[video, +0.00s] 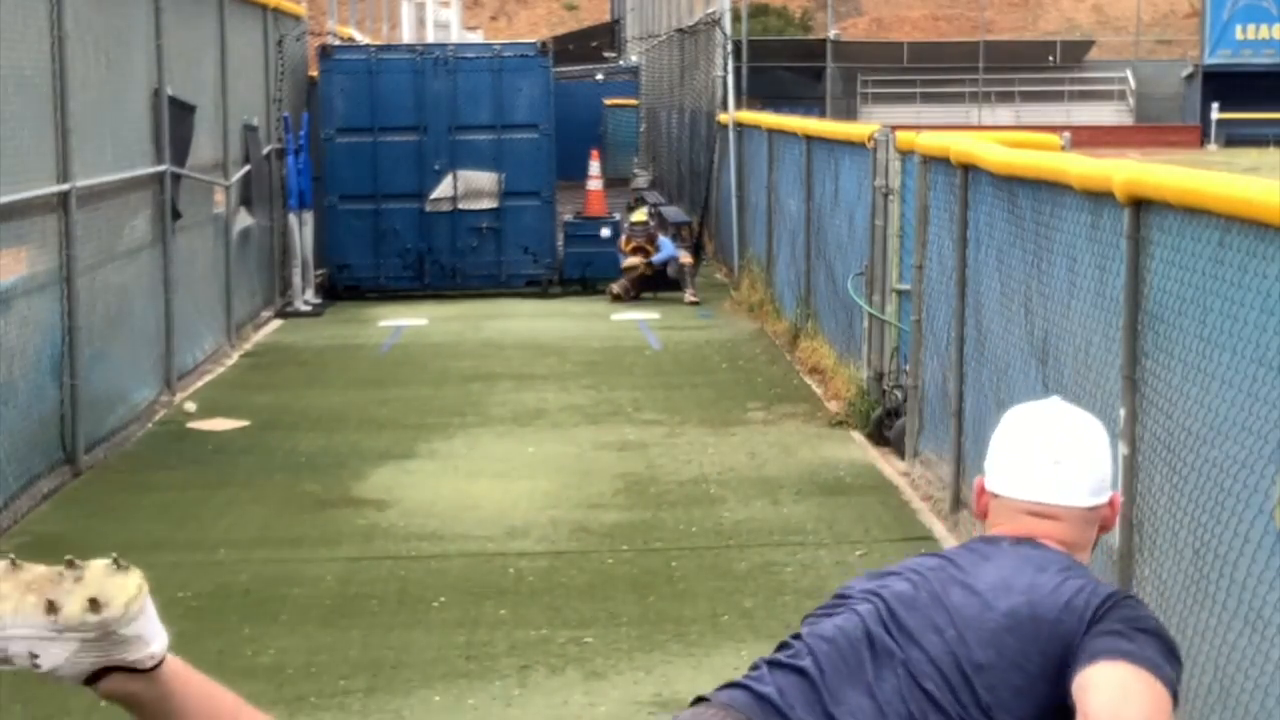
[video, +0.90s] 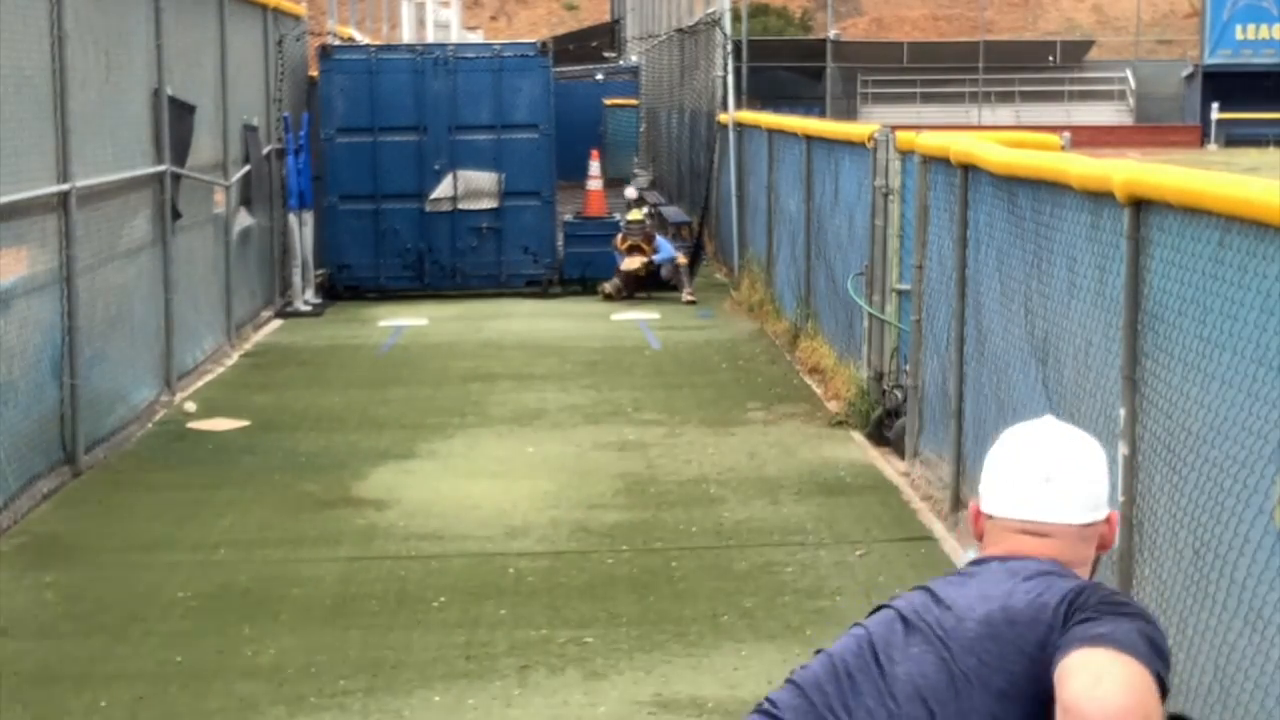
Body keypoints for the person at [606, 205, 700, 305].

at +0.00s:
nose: (639, 233)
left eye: (643, 229)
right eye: (635, 230)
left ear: (649, 229)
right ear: (630, 230)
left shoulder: (658, 239)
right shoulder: (624, 242)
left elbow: (670, 251)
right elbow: (622, 261)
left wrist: (650, 262)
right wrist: (633, 262)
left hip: (664, 272)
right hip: (641, 273)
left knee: (684, 259)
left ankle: (689, 292)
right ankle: (623, 288)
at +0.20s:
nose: (632, 230)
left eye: (636, 227)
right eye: (628, 227)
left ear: (642, 227)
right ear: (623, 229)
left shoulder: (652, 240)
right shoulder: (623, 242)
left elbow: (635, 261)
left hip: (666, 274)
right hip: (642, 275)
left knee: (682, 256)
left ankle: (689, 292)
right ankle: (622, 289)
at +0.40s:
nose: (630, 225)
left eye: (633, 221)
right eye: (626, 222)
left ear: (639, 221)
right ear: (620, 223)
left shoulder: (648, 234)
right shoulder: (616, 240)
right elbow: (621, 265)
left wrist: (644, 270)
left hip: (655, 273)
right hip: (632, 275)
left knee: (677, 259)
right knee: (608, 287)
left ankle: (687, 292)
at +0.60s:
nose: (632, 234)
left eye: (635, 230)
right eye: (628, 230)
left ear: (641, 229)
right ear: (623, 230)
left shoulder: (651, 240)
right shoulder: (619, 243)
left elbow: (666, 260)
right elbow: (624, 269)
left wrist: (648, 278)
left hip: (656, 272)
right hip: (635, 275)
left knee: (678, 260)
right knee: (610, 289)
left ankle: (686, 292)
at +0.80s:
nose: (633, 234)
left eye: (637, 230)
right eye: (630, 230)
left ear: (643, 229)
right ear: (624, 230)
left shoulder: (652, 240)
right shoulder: (620, 242)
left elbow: (668, 258)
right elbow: (620, 259)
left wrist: (647, 268)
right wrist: (625, 270)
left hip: (656, 273)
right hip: (635, 273)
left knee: (679, 260)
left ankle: (687, 292)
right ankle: (613, 287)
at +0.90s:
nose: (635, 233)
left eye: (639, 229)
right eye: (631, 229)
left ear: (645, 229)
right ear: (626, 229)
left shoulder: (654, 239)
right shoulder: (619, 242)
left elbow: (670, 254)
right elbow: (621, 263)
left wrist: (649, 260)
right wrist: (631, 264)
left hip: (656, 271)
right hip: (635, 272)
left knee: (678, 261)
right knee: (624, 274)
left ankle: (686, 292)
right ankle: (614, 288)